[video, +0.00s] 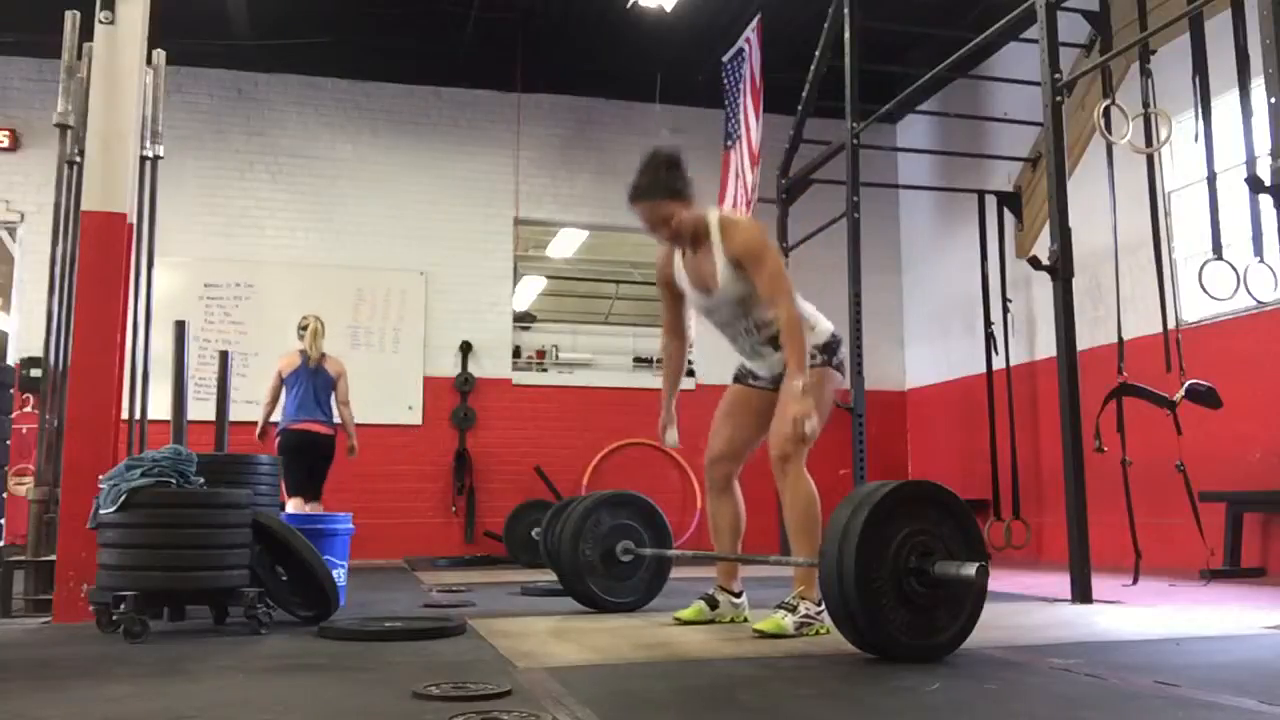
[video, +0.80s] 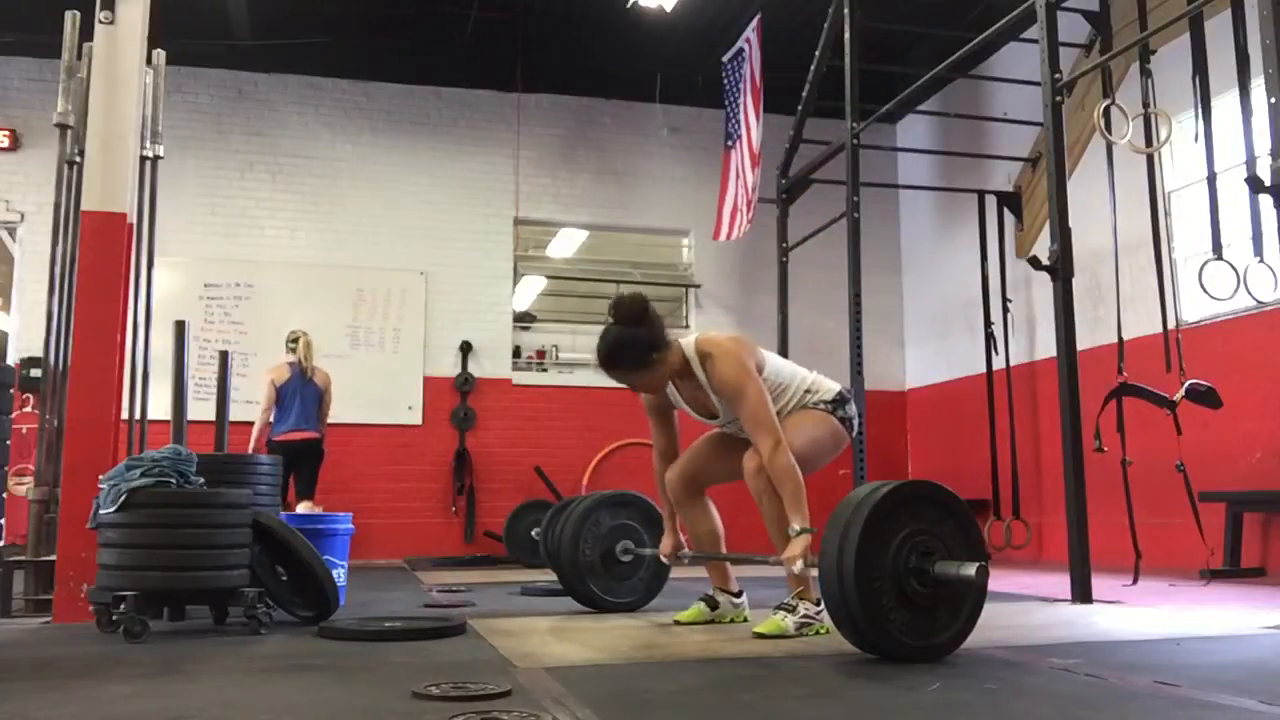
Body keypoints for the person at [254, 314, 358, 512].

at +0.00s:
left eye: (300, 332)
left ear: (299, 334)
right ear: (322, 335)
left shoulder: (286, 363)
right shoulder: (336, 366)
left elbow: (271, 400)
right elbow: (343, 404)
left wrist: (262, 424)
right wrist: (352, 436)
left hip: (293, 437)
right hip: (324, 440)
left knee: (295, 496)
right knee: (314, 497)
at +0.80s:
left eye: (287, 348)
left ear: (287, 348)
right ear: (309, 349)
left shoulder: (275, 374)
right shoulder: (322, 377)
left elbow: (265, 413)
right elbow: (324, 414)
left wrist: (252, 443)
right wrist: (320, 440)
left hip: (281, 446)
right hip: (311, 446)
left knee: (277, 500)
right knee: (306, 499)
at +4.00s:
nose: (319, 369)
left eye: (324, 365)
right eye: (316, 364)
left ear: (331, 362)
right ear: (310, 361)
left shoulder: (342, 383)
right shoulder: (298, 383)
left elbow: (351, 415)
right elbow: (286, 415)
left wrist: (328, 407)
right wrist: (304, 408)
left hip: (333, 449)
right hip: (305, 449)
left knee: (326, 501)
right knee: (293, 500)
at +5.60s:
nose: (323, 370)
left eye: (327, 366)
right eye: (319, 365)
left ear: (335, 362)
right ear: (315, 362)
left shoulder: (346, 383)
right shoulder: (305, 383)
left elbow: (356, 415)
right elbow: (291, 416)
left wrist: (330, 406)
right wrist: (306, 407)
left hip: (336, 450)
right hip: (309, 449)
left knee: (327, 501)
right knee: (296, 498)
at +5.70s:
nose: (323, 370)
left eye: (327, 366)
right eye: (319, 365)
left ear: (335, 362)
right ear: (315, 362)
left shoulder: (346, 383)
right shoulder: (305, 383)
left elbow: (356, 415)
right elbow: (291, 416)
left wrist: (330, 406)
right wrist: (306, 407)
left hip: (336, 450)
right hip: (309, 449)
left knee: (327, 501)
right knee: (296, 499)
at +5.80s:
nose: (323, 370)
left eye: (327, 366)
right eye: (319, 365)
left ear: (335, 362)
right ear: (315, 362)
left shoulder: (346, 383)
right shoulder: (305, 383)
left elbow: (356, 415)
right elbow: (291, 416)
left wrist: (330, 406)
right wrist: (307, 406)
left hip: (336, 450)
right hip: (309, 449)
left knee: (327, 501)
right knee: (296, 499)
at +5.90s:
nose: (323, 370)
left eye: (327, 366)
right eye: (319, 365)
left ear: (335, 362)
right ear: (315, 362)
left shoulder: (346, 383)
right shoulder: (306, 383)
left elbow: (356, 415)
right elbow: (291, 416)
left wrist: (330, 406)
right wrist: (306, 407)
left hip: (336, 450)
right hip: (309, 449)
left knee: (327, 501)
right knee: (296, 498)